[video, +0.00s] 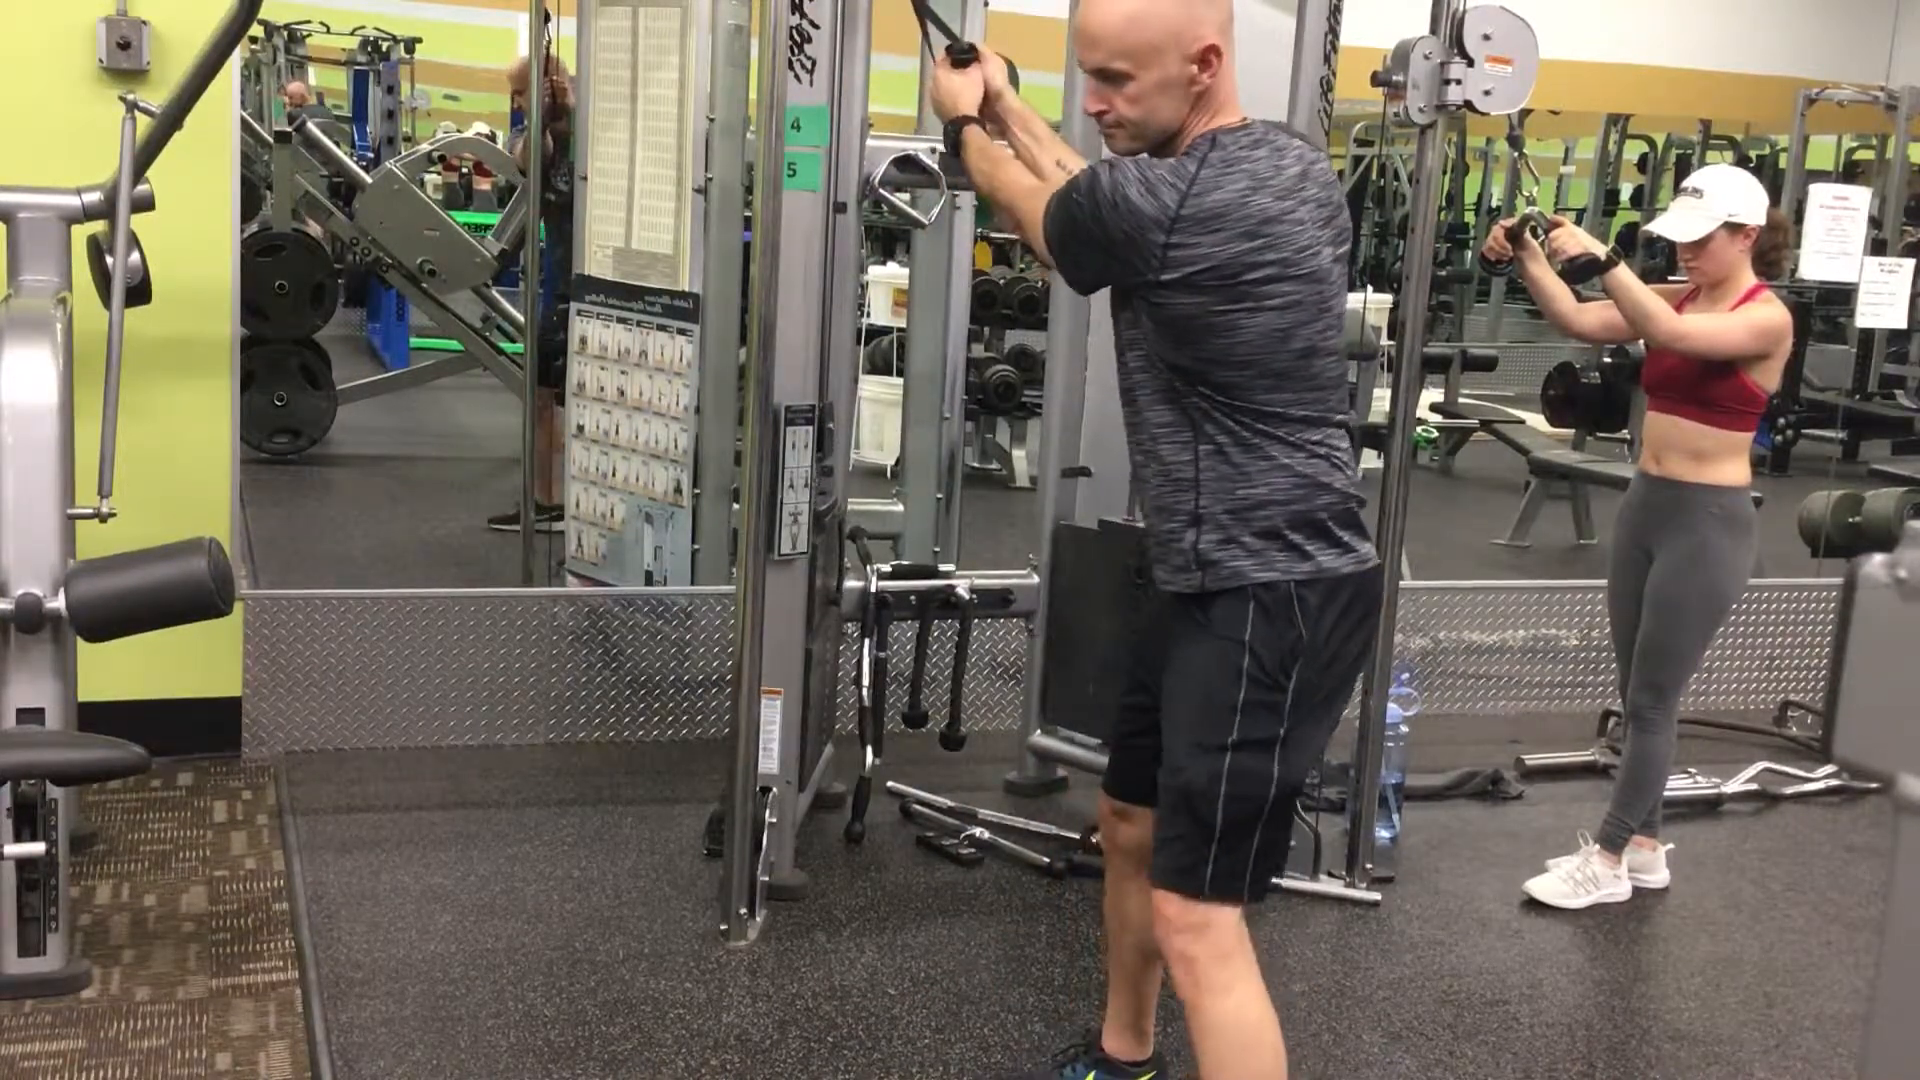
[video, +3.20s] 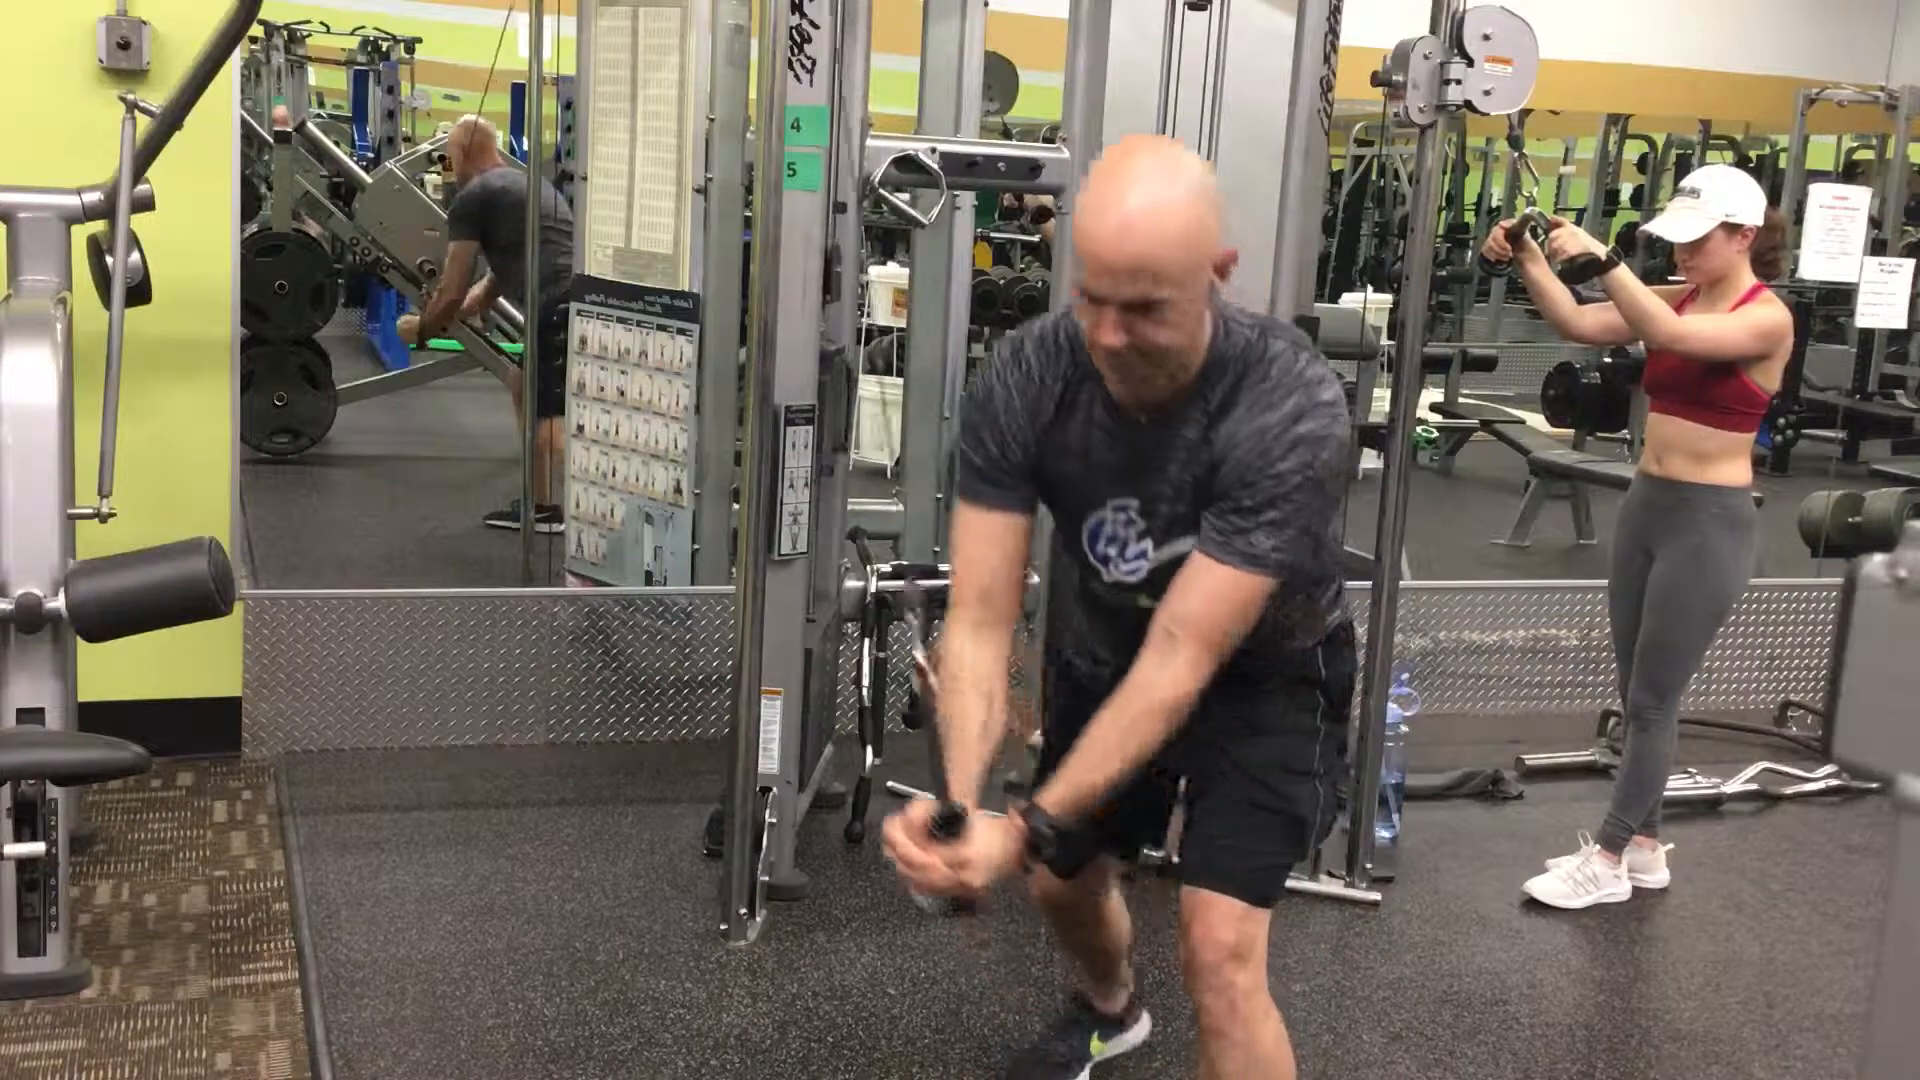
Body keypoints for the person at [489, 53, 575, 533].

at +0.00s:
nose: (514, 102)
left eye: (519, 93)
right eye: (514, 94)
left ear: (539, 89)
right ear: (552, 84)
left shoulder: (547, 131)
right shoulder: (572, 124)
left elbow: (526, 168)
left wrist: (487, 142)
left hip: (557, 278)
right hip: (568, 274)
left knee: (543, 397)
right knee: (549, 397)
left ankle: (547, 499)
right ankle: (548, 498)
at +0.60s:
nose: (477, 114)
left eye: (481, 102)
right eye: (474, 104)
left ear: (506, 96)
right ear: (496, 101)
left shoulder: (555, 139)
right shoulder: (503, 151)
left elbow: (538, 194)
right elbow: (483, 197)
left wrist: (483, 189)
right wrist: (452, 187)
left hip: (562, 280)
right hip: (533, 279)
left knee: (522, 385)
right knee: (525, 387)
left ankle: (546, 497)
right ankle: (545, 494)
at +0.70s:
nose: (471, 117)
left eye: (474, 106)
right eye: (469, 108)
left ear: (499, 100)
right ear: (499, 101)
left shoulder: (551, 140)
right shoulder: (499, 157)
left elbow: (515, 206)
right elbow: (476, 210)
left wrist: (435, 203)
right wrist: (430, 204)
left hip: (564, 288)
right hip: (542, 286)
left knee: (517, 389)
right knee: (547, 392)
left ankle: (543, 499)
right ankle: (554, 496)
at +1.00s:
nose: (456, 123)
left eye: (457, 115)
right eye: (456, 115)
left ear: (471, 113)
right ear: (493, 109)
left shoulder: (502, 155)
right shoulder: (521, 150)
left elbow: (473, 241)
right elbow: (485, 246)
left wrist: (413, 272)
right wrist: (423, 272)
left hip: (559, 292)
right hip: (566, 287)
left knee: (522, 386)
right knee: (518, 382)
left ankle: (544, 500)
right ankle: (545, 497)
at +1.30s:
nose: (450, 156)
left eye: (452, 147)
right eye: (450, 148)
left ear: (463, 144)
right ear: (493, 139)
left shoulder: (474, 184)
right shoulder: (530, 170)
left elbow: (456, 283)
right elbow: (509, 265)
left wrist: (434, 318)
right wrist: (457, 310)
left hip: (556, 295)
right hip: (591, 283)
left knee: (541, 409)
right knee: (523, 380)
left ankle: (544, 503)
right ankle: (545, 497)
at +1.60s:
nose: (466, 192)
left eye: (466, 184)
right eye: (465, 184)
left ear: (475, 183)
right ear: (506, 173)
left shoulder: (472, 226)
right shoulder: (552, 206)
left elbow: (476, 305)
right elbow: (577, 260)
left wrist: (485, 357)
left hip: (535, 320)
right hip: (581, 312)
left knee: (542, 427)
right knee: (554, 421)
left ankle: (561, 507)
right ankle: (541, 502)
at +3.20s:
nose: (449, 166)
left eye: (450, 156)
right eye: (448, 157)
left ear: (463, 153)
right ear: (495, 150)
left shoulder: (474, 196)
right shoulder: (529, 183)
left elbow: (452, 295)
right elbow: (505, 270)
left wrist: (421, 328)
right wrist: (464, 309)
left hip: (557, 309)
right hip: (588, 301)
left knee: (544, 411)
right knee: (523, 385)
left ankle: (546, 506)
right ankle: (544, 501)